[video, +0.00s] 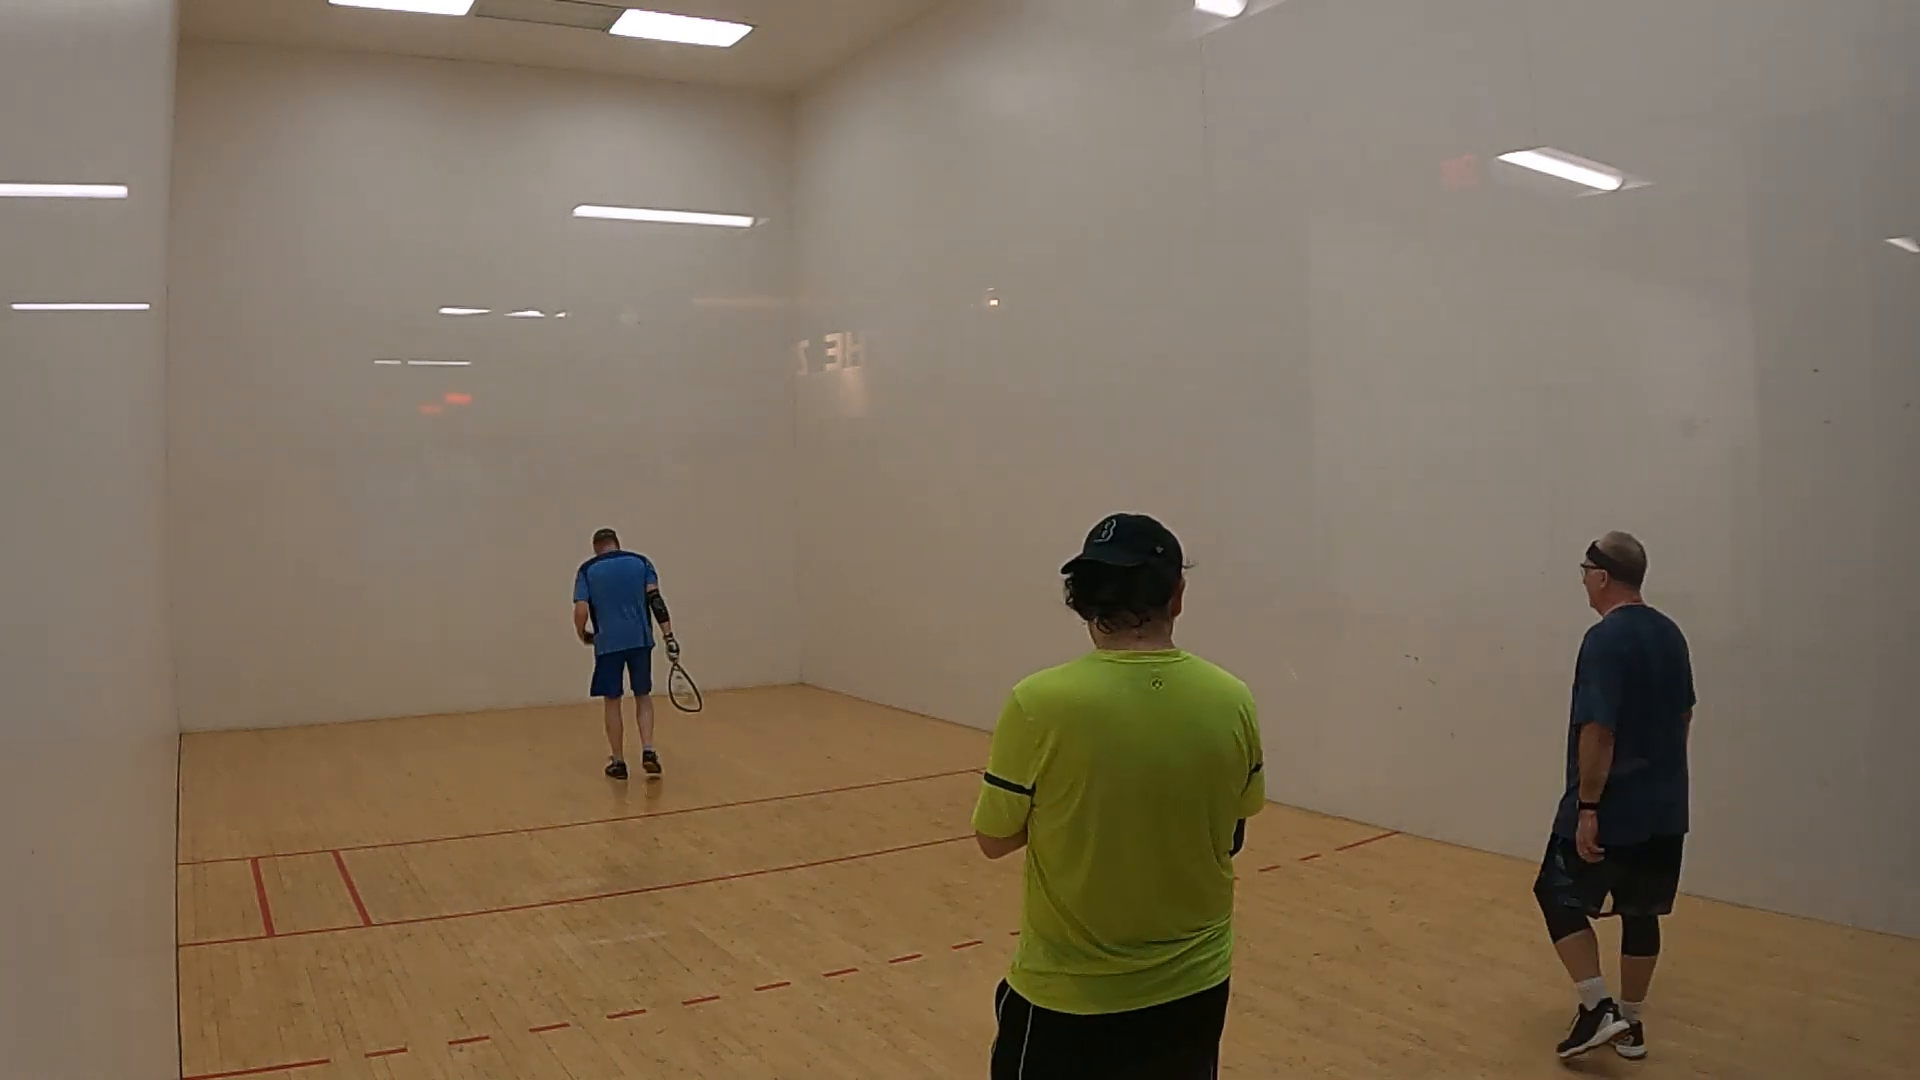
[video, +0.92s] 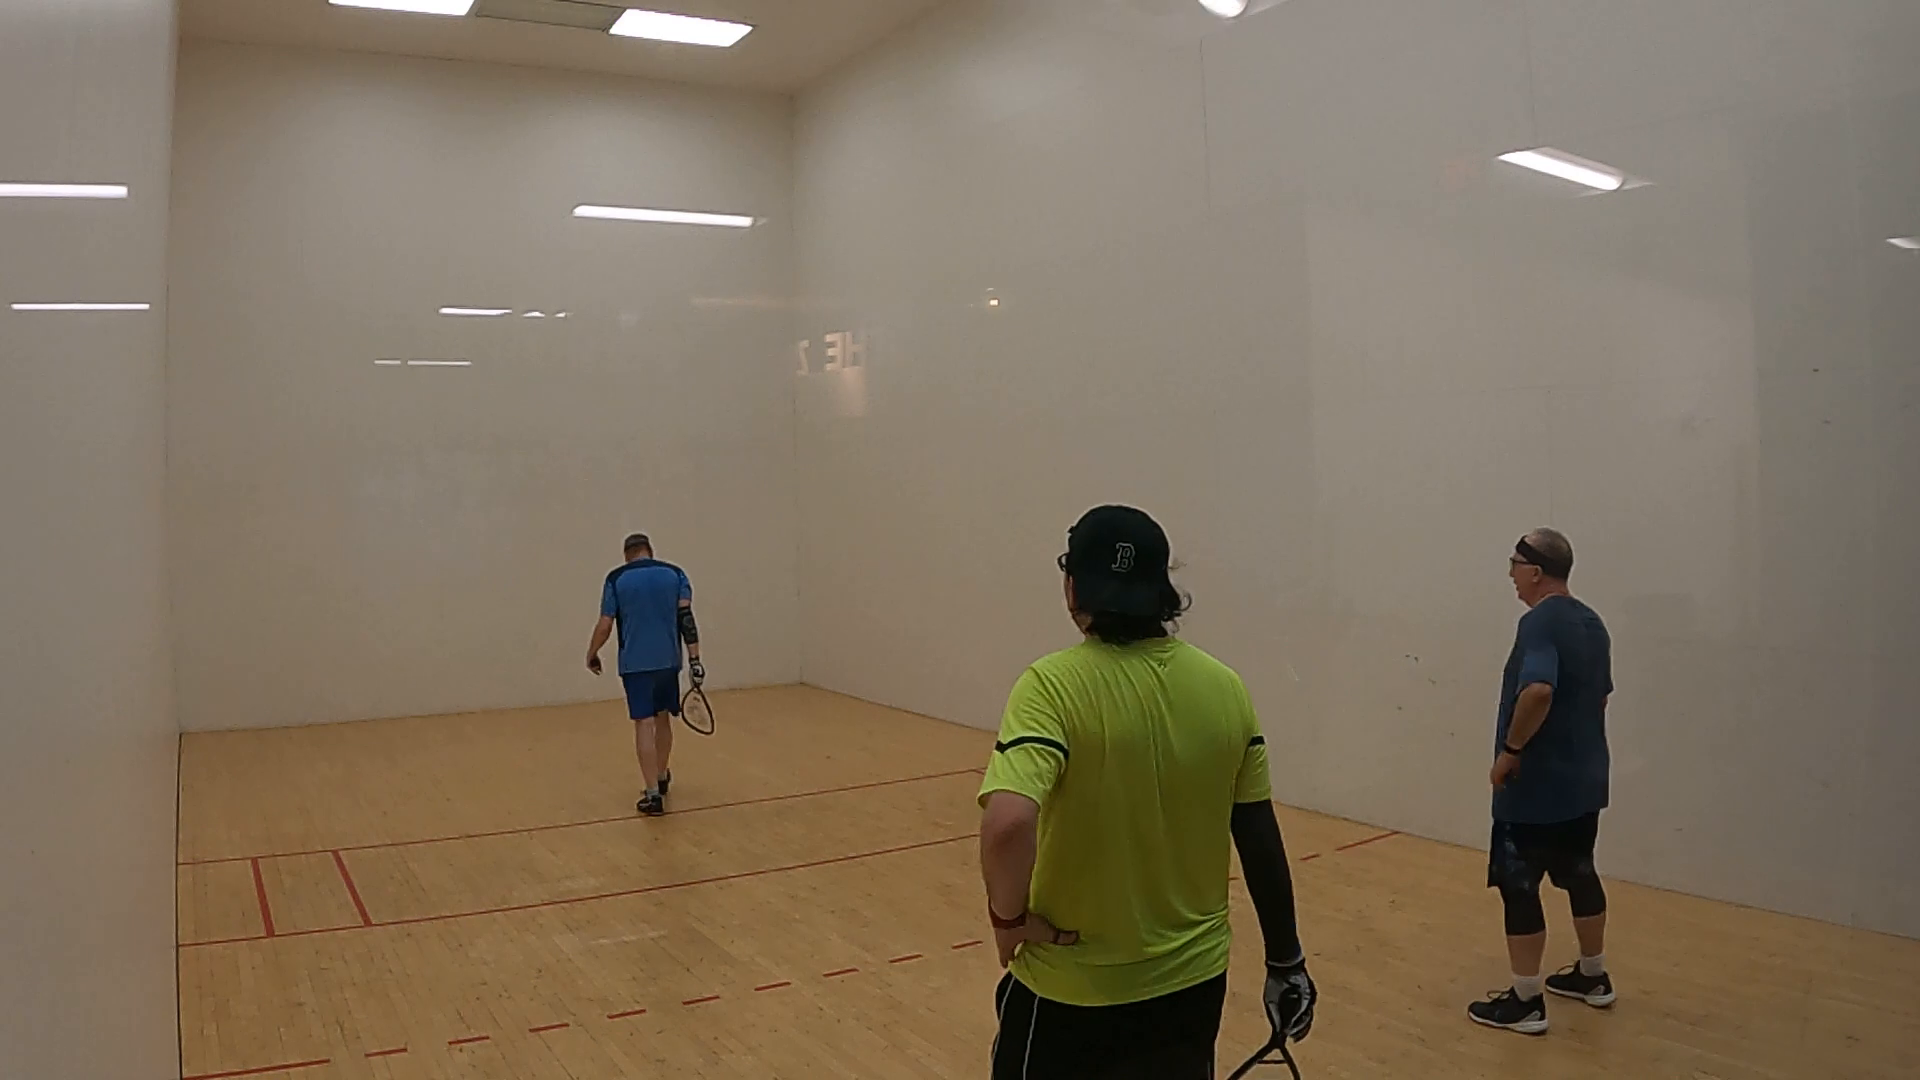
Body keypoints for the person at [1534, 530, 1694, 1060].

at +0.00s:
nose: (1584, 579)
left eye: (1587, 571)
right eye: (1586, 570)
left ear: (1602, 577)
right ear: (1636, 578)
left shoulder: (1604, 639)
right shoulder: (1670, 634)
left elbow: (1597, 729)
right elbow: (1683, 716)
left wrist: (1587, 807)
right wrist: (1662, 781)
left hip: (1603, 810)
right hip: (1663, 811)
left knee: (1558, 892)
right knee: (1642, 911)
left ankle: (1594, 1005)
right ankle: (1629, 1025)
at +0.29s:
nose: (1542, 583)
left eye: (1545, 574)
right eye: (1543, 574)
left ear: (1561, 579)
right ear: (1591, 580)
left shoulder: (1561, 641)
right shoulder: (1627, 634)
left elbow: (1553, 735)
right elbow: (1635, 710)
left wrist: (1543, 807)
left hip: (1561, 810)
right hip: (1620, 808)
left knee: (1529, 895)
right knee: (1617, 907)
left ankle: (1525, 1002)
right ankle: (1625, 1017)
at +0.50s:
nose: (1512, 578)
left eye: (1515, 570)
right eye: (1513, 569)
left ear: (1531, 576)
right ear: (1564, 576)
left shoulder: (1530, 637)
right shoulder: (1600, 627)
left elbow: (1511, 726)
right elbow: (1613, 704)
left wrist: (1483, 784)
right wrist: (1595, 761)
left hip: (1537, 792)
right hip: (1593, 788)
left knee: (1521, 890)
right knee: (1582, 874)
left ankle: (1526, 1001)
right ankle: (1617, 971)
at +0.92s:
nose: (1511, 572)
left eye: (1516, 564)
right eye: (1513, 563)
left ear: (1537, 571)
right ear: (1558, 572)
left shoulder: (1539, 620)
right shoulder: (1591, 621)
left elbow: (1538, 690)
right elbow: (1601, 695)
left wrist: (1511, 750)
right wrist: (1576, 746)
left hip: (1534, 783)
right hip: (1584, 781)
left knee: (1516, 881)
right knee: (1577, 869)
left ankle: (1525, 999)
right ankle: (1593, 975)